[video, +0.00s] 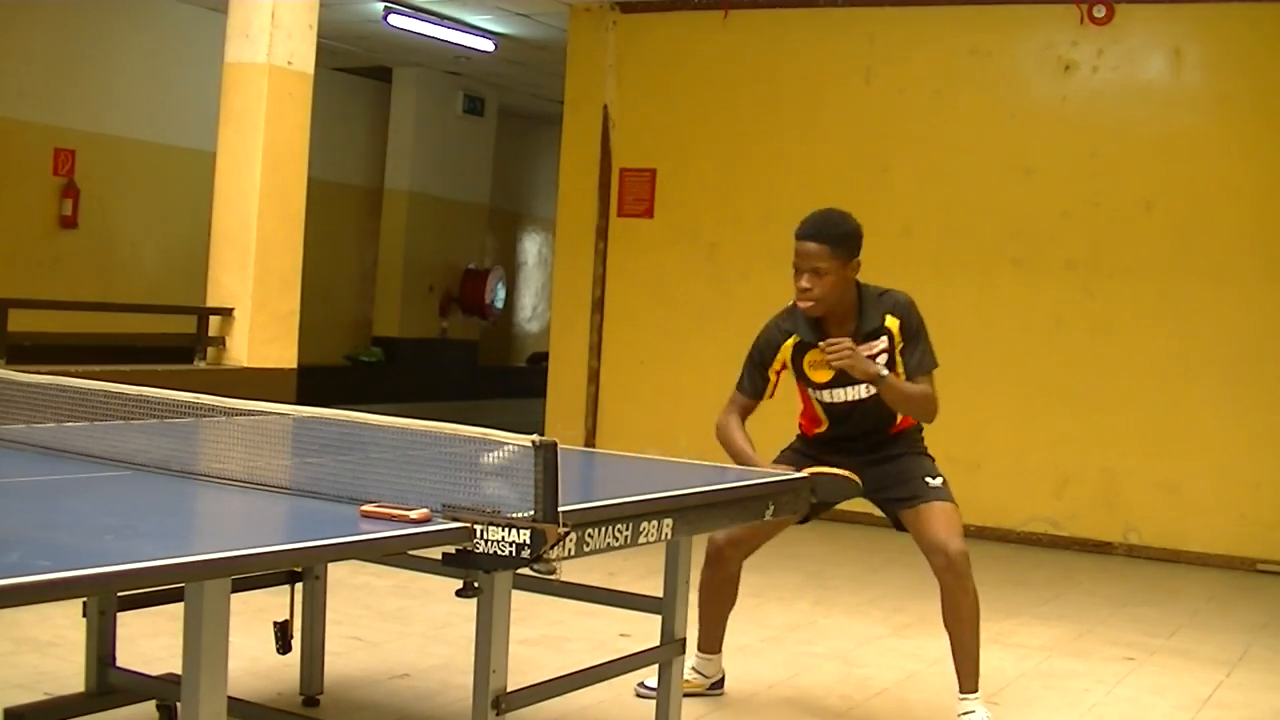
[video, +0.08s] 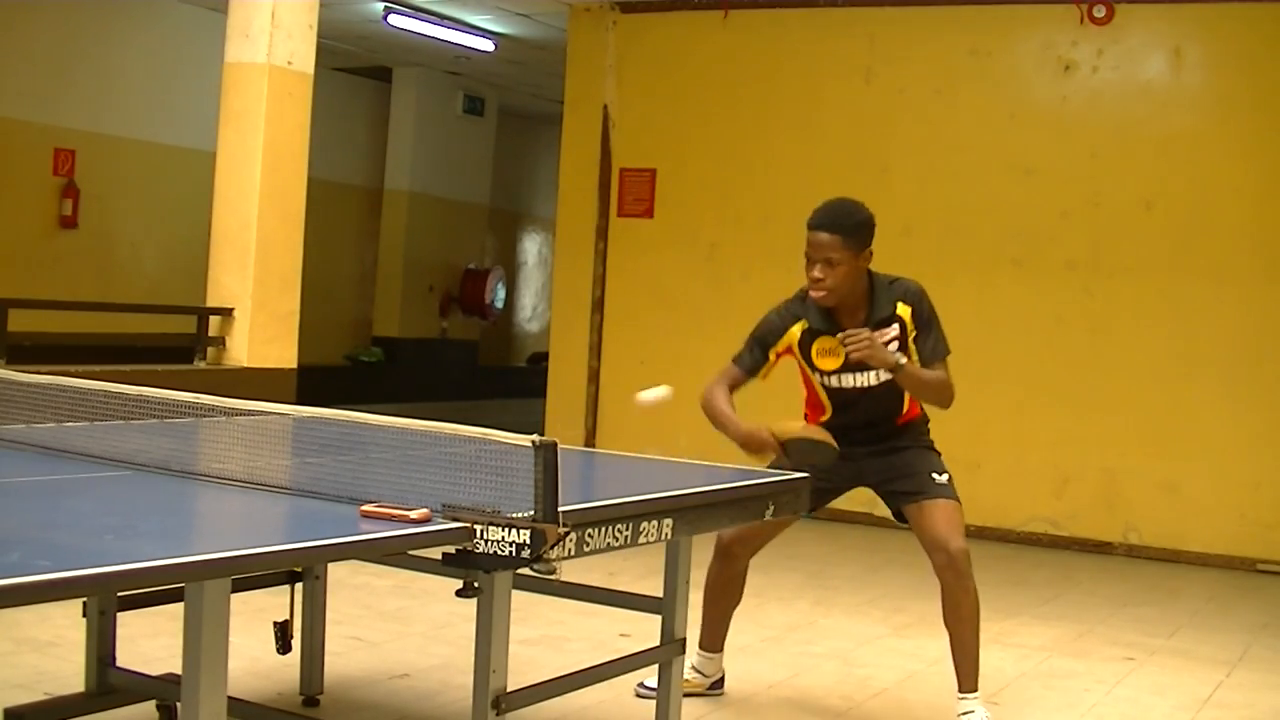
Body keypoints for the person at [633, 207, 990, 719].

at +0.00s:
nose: (802, 286)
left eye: (815, 274)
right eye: (797, 272)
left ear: (852, 270)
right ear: (791, 267)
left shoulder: (895, 312)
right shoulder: (784, 332)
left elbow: (925, 407)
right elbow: (729, 420)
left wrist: (873, 373)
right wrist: (758, 468)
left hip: (896, 448)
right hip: (820, 450)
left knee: (952, 554)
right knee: (724, 545)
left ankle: (970, 701)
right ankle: (706, 670)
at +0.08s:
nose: (815, 275)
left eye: (829, 264)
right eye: (810, 262)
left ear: (864, 261)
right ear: (804, 256)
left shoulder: (906, 302)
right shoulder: (791, 317)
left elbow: (944, 394)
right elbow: (714, 392)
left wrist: (892, 364)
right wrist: (739, 430)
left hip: (903, 447)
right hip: (827, 447)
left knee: (953, 553)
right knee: (732, 542)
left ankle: (970, 700)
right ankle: (705, 668)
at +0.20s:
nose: (818, 252)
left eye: (832, 240)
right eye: (814, 238)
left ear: (868, 236)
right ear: (809, 233)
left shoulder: (910, 281)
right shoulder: (791, 291)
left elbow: (960, 370)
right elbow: (707, 342)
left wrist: (918, 327)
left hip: (899, 433)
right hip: (819, 432)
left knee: (950, 548)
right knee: (733, 535)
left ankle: (961, 701)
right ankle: (697, 660)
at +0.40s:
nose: (783, 236)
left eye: (797, 225)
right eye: (780, 224)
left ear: (834, 228)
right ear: (777, 224)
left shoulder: (878, 285)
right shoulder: (765, 286)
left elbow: (921, 375)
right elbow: (673, 328)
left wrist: (885, 305)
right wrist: (623, 270)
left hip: (865, 446)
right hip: (787, 445)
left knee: (937, 550)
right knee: (698, 547)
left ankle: (950, 703)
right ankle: (684, 660)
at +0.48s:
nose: (754, 220)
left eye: (767, 208)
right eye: (751, 207)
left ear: (805, 210)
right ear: (751, 209)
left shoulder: (852, 269)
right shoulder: (747, 274)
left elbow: (874, 357)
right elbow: (676, 336)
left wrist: (820, 295)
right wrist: (628, 298)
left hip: (847, 438)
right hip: (771, 433)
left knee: (905, 551)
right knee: (683, 524)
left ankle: (943, 700)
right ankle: (678, 652)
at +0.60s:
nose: (701, 210)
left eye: (714, 197)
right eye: (698, 197)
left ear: (752, 197)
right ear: (701, 199)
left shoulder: (794, 247)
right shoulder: (721, 266)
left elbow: (796, 335)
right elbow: (699, 354)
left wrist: (715, 292)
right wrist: (638, 346)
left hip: (829, 416)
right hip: (766, 413)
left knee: (856, 554)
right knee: (679, 509)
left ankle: (920, 693)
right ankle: (649, 641)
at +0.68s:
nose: (666, 231)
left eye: (678, 218)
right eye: (665, 218)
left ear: (716, 219)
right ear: (693, 222)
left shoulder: (749, 267)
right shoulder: (707, 281)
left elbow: (747, 359)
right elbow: (713, 379)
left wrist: (674, 325)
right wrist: (645, 409)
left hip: (816, 423)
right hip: (762, 425)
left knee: (831, 570)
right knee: (673, 519)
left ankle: (908, 700)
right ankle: (637, 648)